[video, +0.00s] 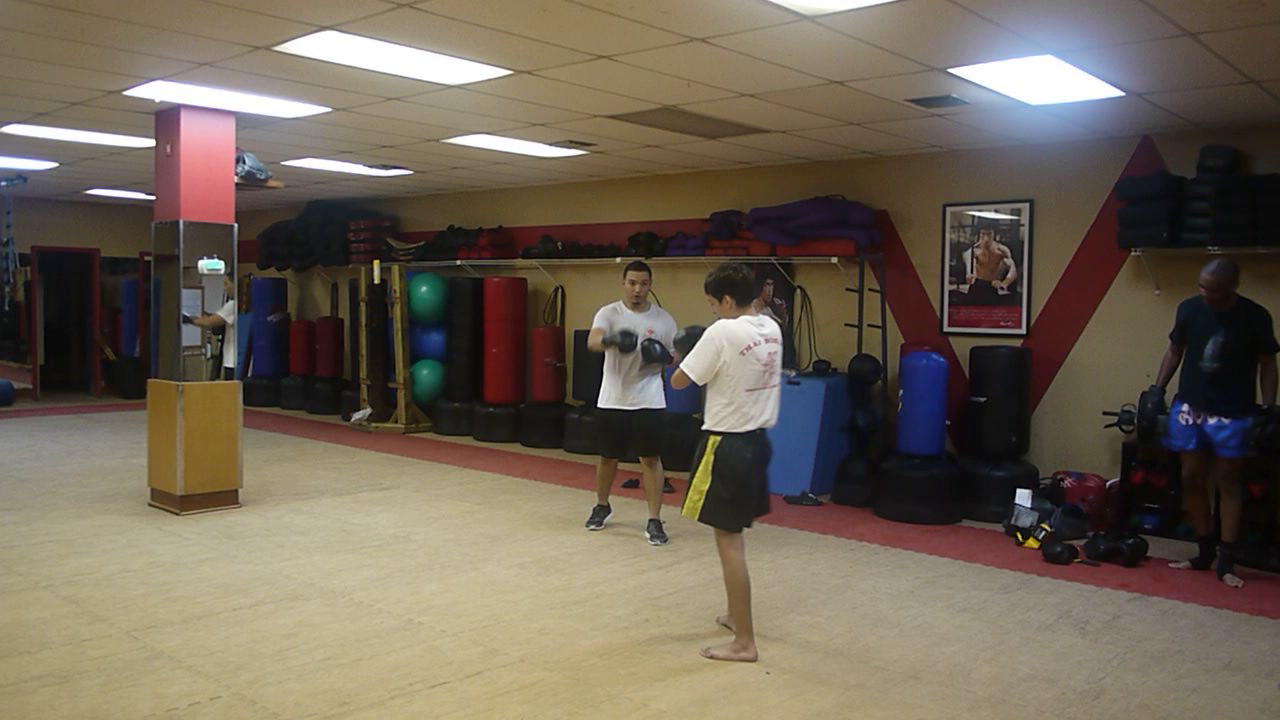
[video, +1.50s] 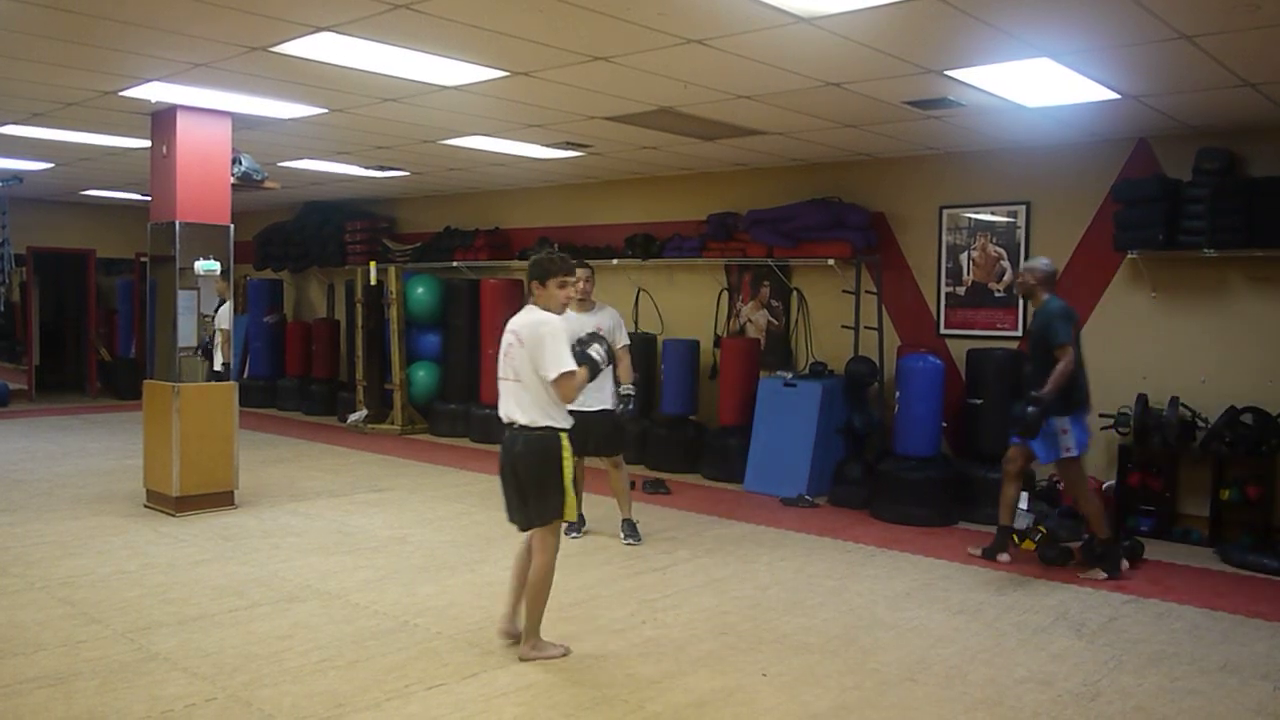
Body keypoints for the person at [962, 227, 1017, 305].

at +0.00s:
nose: (986, 239)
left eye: (989, 235)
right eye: (983, 234)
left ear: (994, 235)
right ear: (979, 235)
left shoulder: (1002, 250)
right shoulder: (974, 251)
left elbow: (1013, 270)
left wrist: (1004, 284)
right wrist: (970, 278)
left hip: (995, 287)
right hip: (978, 285)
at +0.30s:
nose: (981, 243)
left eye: (984, 239)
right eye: (978, 239)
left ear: (989, 240)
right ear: (974, 240)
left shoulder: (997, 255)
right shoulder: (970, 255)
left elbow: (1008, 274)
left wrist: (1000, 288)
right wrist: (966, 281)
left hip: (988, 290)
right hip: (973, 288)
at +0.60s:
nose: (983, 240)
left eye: (986, 236)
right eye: (980, 236)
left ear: (990, 237)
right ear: (976, 237)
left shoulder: (999, 252)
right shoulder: (971, 252)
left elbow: (1010, 272)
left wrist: (1001, 285)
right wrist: (967, 277)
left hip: (991, 288)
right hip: (975, 286)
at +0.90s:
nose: (983, 241)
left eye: (986, 236)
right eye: (980, 237)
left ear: (990, 237)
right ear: (976, 237)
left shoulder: (998, 252)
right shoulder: (971, 253)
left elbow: (1009, 272)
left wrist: (1000, 286)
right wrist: (966, 278)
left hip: (990, 287)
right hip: (974, 286)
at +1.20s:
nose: (983, 241)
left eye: (986, 237)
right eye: (980, 237)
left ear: (990, 237)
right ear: (976, 238)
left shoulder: (999, 252)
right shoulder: (971, 252)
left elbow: (1009, 272)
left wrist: (1001, 286)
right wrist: (967, 277)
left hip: (990, 288)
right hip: (974, 287)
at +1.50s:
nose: (983, 241)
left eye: (986, 237)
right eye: (980, 237)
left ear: (990, 237)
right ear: (976, 238)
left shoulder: (999, 252)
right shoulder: (971, 252)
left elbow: (1009, 272)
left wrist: (1001, 286)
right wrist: (967, 277)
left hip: (991, 288)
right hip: (975, 286)